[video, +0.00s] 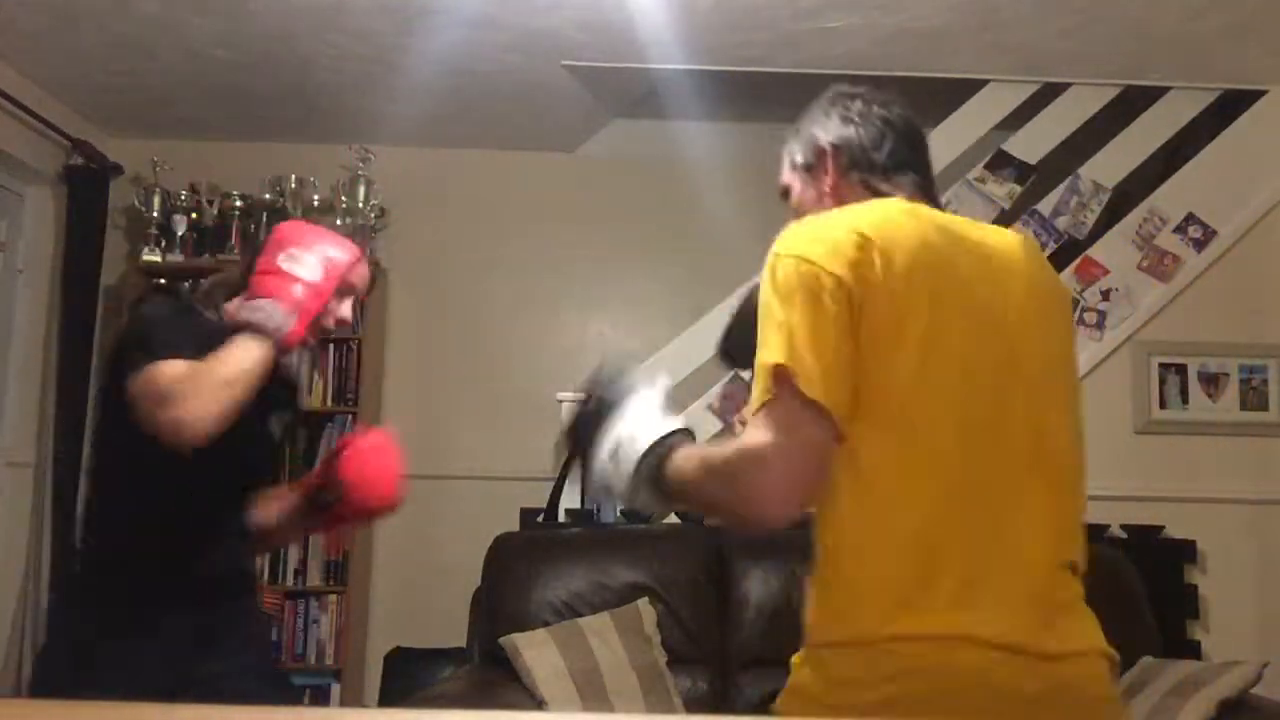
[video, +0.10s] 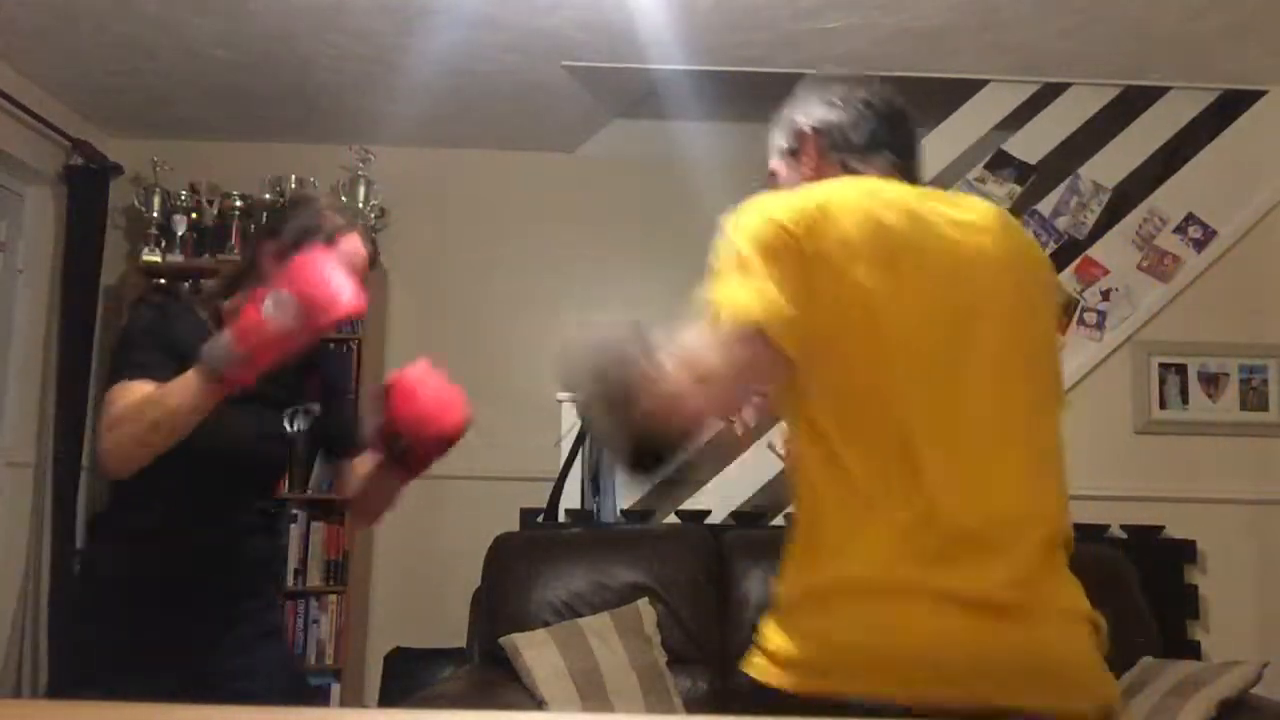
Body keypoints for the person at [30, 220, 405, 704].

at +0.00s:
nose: (348, 316)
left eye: (355, 300)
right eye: (342, 293)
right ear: (297, 277)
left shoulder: (268, 383)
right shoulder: (163, 322)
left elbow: (239, 521)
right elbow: (184, 415)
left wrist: (320, 496)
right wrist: (271, 319)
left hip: (222, 636)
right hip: (122, 635)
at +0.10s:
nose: (340, 294)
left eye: (353, 281)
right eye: (330, 272)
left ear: (358, 288)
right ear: (272, 256)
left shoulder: (318, 363)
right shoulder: (170, 323)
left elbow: (356, 504)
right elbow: (117, 451)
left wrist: (404, 454)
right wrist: (234, 356)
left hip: (243, 615)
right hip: (129, 609)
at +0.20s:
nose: (316, 276)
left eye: (329, 263)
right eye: (302, 252)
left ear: (337, 269)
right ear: (247, 242)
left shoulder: (319, 332)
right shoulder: (162, 319)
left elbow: (396, 463)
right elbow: (111, 466)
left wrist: (432, 404)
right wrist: (227, 374)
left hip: (248, 594)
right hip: (132, 589)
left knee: (270, 719)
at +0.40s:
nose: (198, 293)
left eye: (216, 276)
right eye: (181, 271)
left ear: (235, 283)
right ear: (141, 265)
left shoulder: (244, 343)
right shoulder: (87, 337)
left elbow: (301, 473)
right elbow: (120, 442)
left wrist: (355, 441)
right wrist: (246, 368)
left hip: (228, 620)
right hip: (111, 620)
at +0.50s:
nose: (105, 285)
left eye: (124, 265)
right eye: (89, 266)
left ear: (162, 269)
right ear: (66, 269)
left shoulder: (207, 342)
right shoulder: (42, 344)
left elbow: (262, 459)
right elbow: (89, 445)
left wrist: (321, 482)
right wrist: (207, 358)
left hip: (208, 624)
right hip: (91, 625)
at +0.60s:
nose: (11, 290)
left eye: (26, 267)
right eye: (5, 271)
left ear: (83, 258)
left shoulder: (167, 322)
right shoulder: (16, 348)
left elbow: (246, 431)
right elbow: (62, 434)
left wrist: (269, 500)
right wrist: (148, 345)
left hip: (193, 598)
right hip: (80, 604)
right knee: (43, 716)